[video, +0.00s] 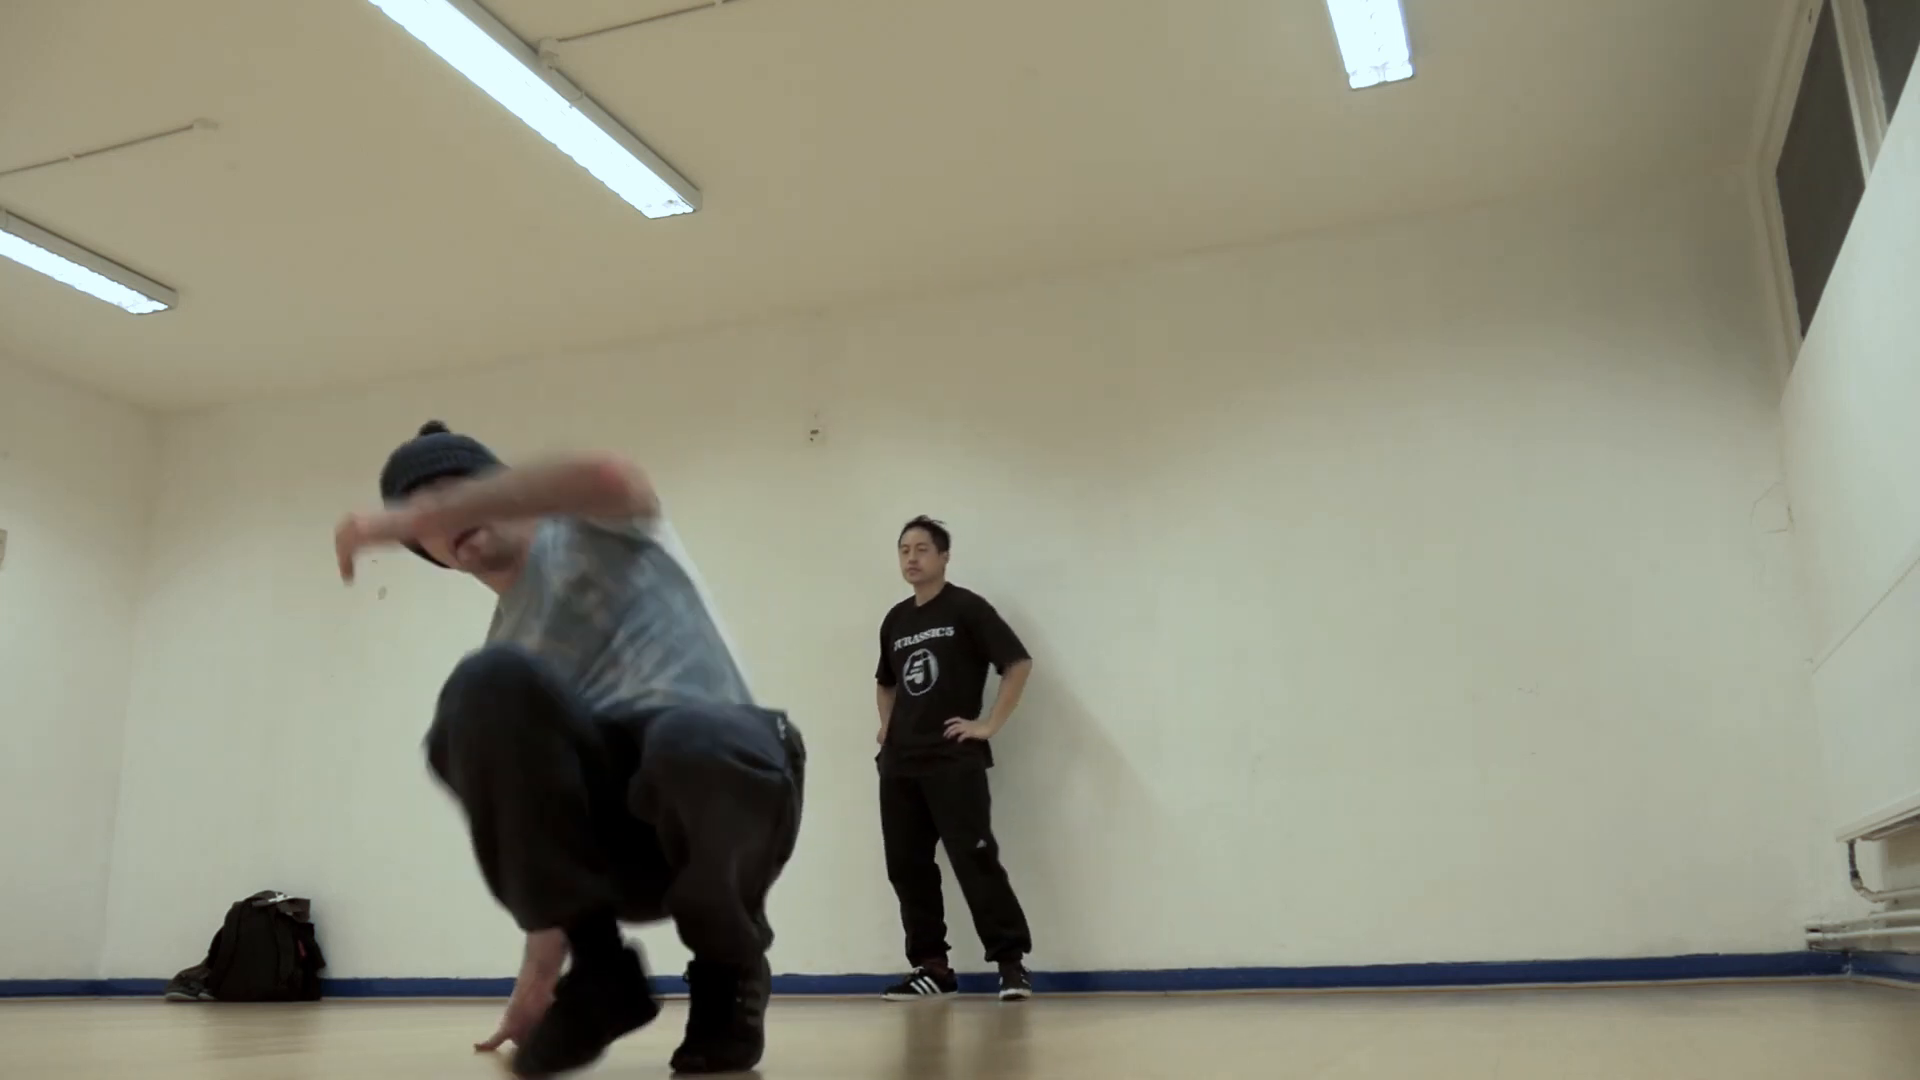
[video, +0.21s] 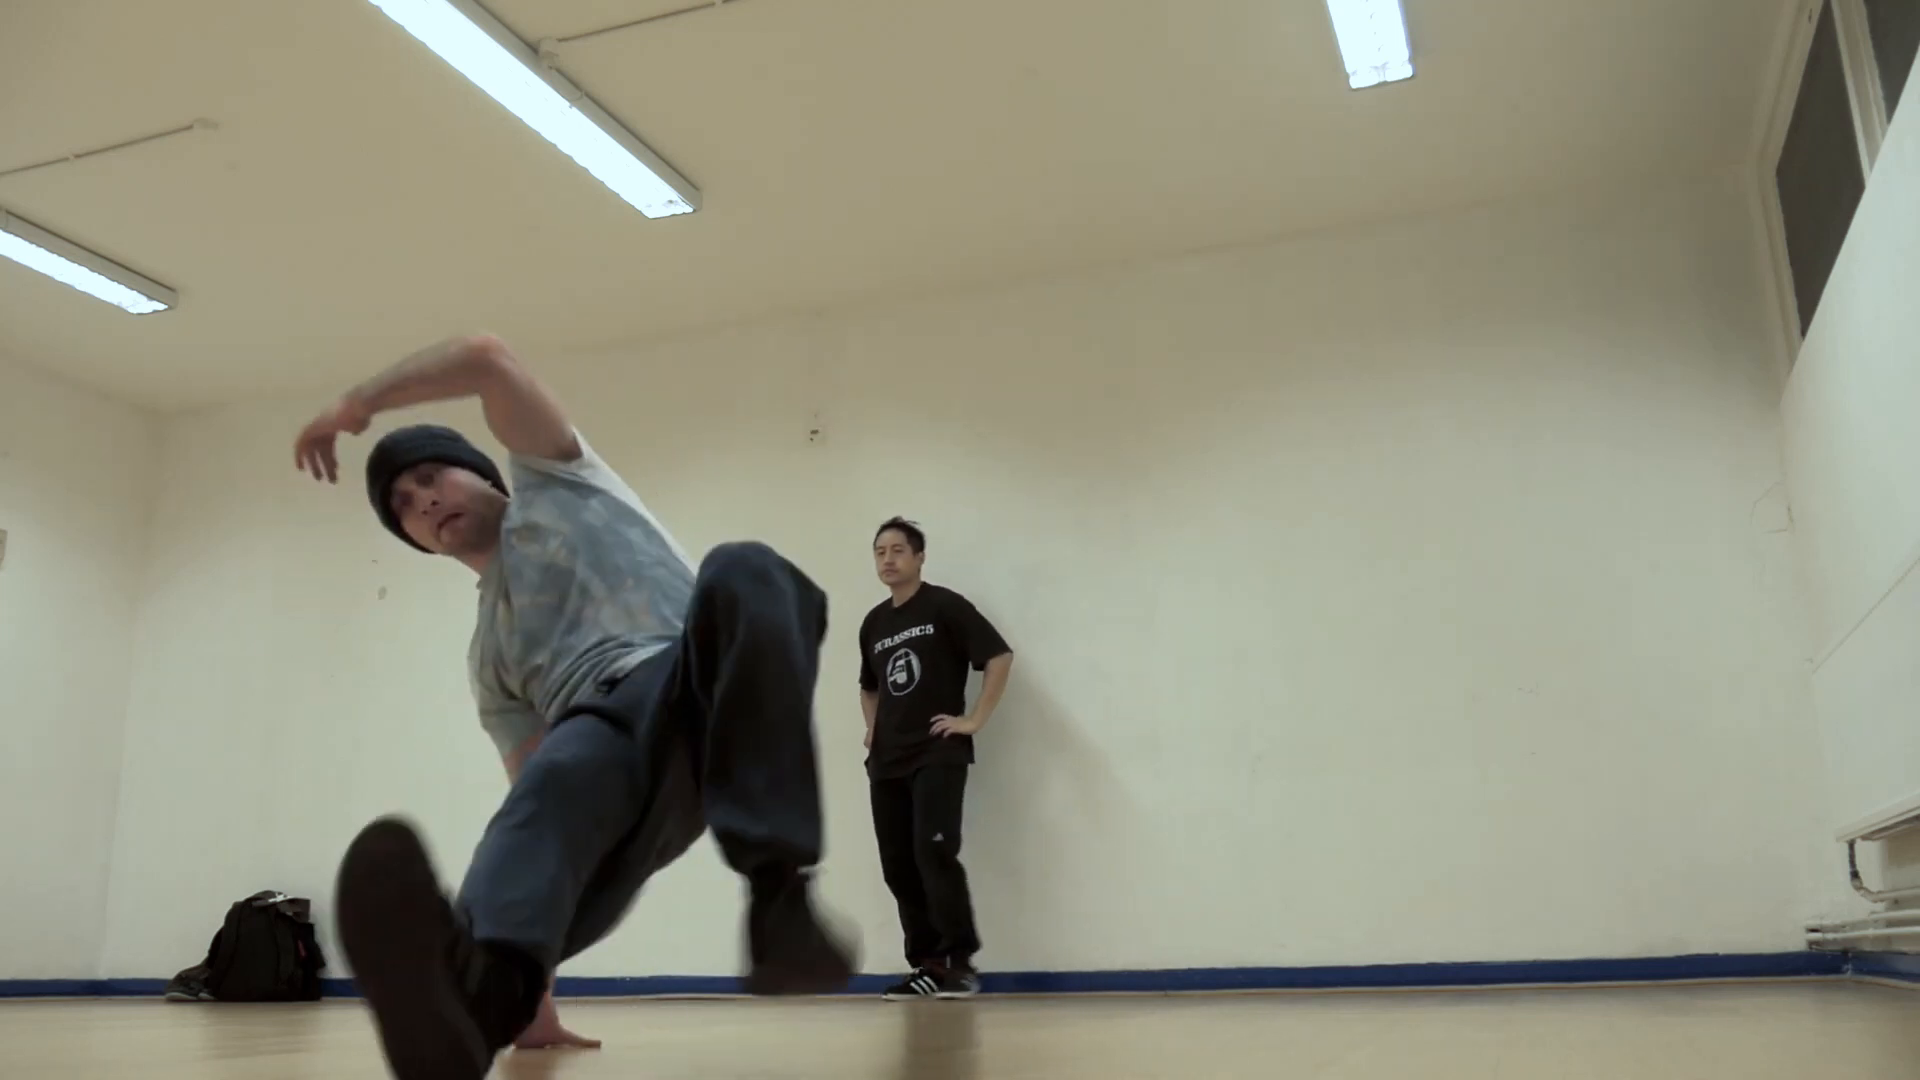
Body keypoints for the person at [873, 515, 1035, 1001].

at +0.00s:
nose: (911, 557)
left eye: (921, 549)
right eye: (905, 550)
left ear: (943, 557)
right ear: (899, 560)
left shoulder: (968, 609)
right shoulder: (896, 621)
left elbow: (1018, 664)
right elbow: (887, 681)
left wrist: (990, 724)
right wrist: (886, 723)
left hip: (955, 758)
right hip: (900, 762)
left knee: (974, 859)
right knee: (908, 868)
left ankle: (1011, 966)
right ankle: (932, 969)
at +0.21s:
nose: (888, 559)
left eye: (898, 550)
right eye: (881, 552)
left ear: (919, 557)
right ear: (875, 561)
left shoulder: (945, 606)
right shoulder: (874, 623)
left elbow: (1000, 657)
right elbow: (870, 686)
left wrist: (976, 719)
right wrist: (872, 729)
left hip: (938, 750)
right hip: (888, 758)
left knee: (935, 852)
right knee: (898, 866)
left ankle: (959, 966)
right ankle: (929, 969)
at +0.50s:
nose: (863, 560)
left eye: (872, 551)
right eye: (855, 553)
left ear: (893, 557)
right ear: (848, 563)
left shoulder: (924, 606)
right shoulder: (847, 626)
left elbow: (979, 657)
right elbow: (841, 687)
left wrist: (955, 722)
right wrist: (854, 734)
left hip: (920, 750)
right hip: (870, 758)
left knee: (897, 855)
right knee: (884, 861)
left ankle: (923, 966)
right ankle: (930, 964)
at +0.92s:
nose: (826, 548)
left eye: (837, 540)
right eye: (819, 540)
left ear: (858, 548)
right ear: (813, 549)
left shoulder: (880, 599)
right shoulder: (810, 612)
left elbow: (930, 655)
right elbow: (807, 680)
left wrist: (899, 715)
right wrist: (816, 727)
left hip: (869, 746)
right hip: (822, 749)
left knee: (854, 859)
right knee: (828, 867)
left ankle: (847, 972)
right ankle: (907, 946)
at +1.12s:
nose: (803, 544)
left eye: (813, 536)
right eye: (796, 537)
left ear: (835, 542)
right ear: (790, 545)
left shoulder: (856, 592)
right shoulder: (790, 603)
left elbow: (906, 648)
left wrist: (878, 712)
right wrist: (801, 713)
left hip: (847, 744)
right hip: (799, 745)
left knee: (843, 855)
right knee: (771, 851)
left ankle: (845, 972)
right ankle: (829, 940)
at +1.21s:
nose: (790, 544)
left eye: (800, 535)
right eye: (783, 535)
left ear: (823, 542)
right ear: (777, 545)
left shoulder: (845, 591)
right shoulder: (779, 607)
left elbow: (895, 646)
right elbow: (795, 672)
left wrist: (869, 713)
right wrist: (793, 720)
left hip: (840, 746)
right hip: (790, 747)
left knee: (839, 855)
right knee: (756, 849)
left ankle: (846, 973)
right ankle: (784, 961)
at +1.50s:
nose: (735, 542)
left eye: (745, 533)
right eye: (728, 534)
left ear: (767, 540)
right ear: (719, 544)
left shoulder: (793, 588)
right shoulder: (720, 609)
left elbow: (849, 643)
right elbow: (725, 676)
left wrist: (827, 712)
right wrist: (729, 724)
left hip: (794, 753)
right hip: (737, 755)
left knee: (814, 859)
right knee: (721, 860)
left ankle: (841, 969)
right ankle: (708, 973)